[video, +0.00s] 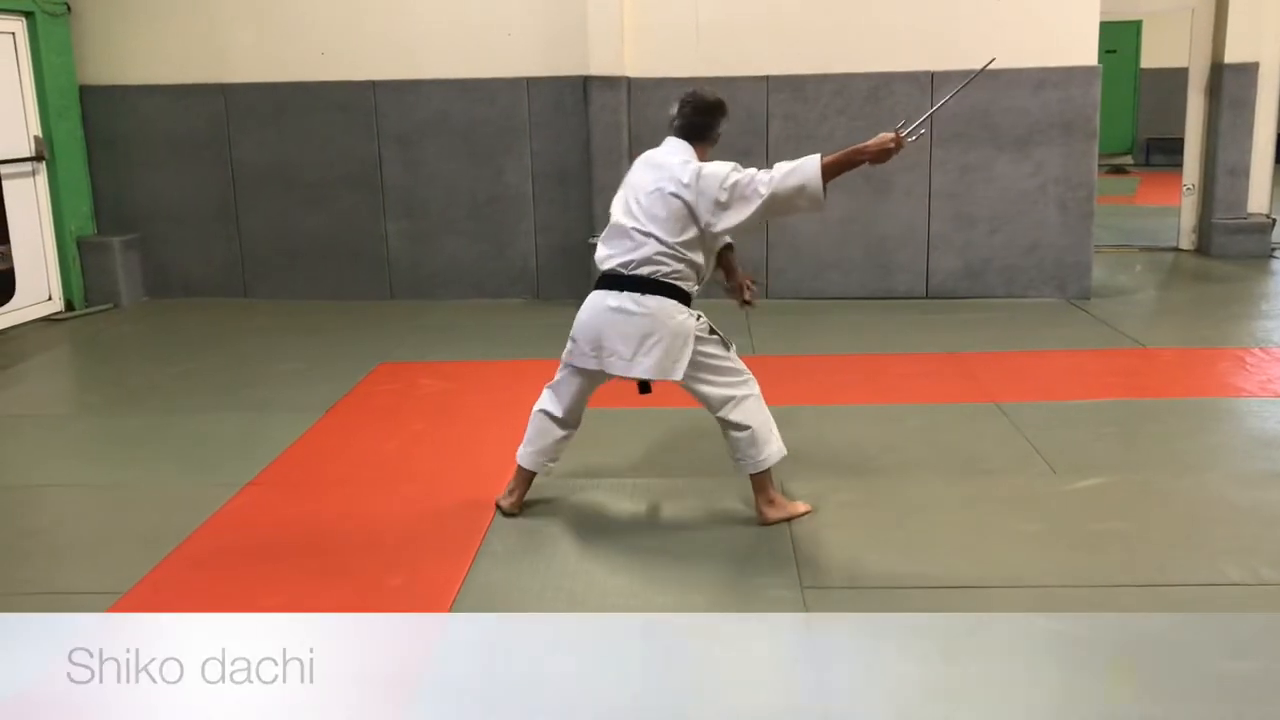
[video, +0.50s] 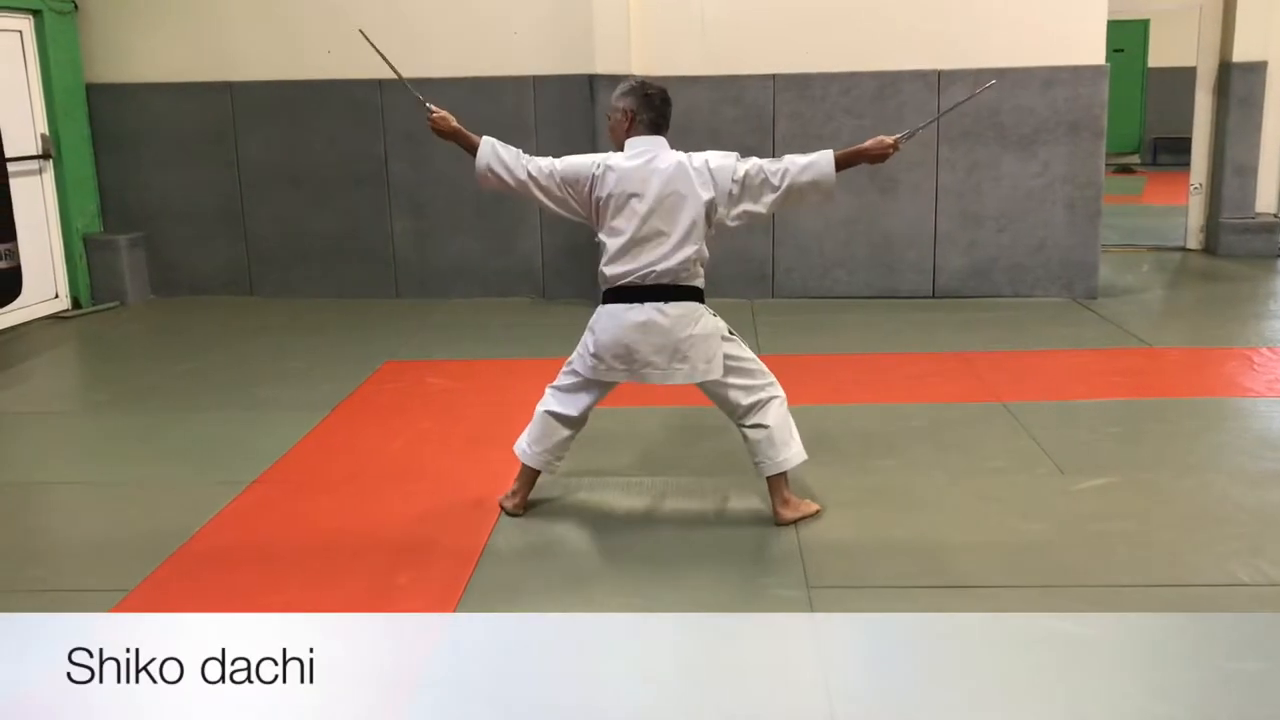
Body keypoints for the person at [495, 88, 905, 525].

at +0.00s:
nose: (717, 143)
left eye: (712, 136)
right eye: (716, 136)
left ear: (674, 126)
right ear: (712, 136)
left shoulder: (643, 165)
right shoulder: (707, 176)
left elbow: (694, 226)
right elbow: (784, 181)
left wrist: (731, 270)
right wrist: (863, 153)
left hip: (601, 305)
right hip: (665, 314)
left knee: (564, 393)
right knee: (736, 391)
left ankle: (514, 490)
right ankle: (768, 498)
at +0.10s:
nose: (631, 123)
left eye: (636, 117)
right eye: (636, 116)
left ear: (642, 122)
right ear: (682, 130)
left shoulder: (615, 161)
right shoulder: (695, 173)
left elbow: (656, 216)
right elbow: (774, 181)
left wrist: (710, 248)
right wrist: (855, 156)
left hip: (600, 313)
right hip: (668, 316)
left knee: (561, 396)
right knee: (735, 395)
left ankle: (514, 493)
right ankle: (771, 501)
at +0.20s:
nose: (606, 122)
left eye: (609, 114)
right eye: (608, 114)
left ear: (623, 119)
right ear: (658, 123)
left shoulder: (591, 160)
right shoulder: (692, 165)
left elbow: (562, 179)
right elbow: (773, 176)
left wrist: (604, 192)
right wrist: (854, 158)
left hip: (611, 317)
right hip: (680, 315)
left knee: (560, 397)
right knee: (745, 396)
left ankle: (514, 494)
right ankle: (777, 499)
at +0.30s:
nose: (605, 123)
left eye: (609, 114)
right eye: (608, 114)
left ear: (624, 120)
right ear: (658, 121)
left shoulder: (599, 166)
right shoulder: (702, 165)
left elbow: (527, 163)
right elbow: (778, 170)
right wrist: (855, 157)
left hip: (614, 319)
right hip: (685, 317)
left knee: (567, 398)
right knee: (755, 395)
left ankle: (516, 493)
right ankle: (783, 499)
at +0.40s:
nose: (608, 128)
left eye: (611, 119)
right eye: (611, 119)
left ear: (627, 120)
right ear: (661, 121)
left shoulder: (600, 170)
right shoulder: (703, 167)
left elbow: (528, 167)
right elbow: (780, 171)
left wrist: (463, 136)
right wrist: (856, 154)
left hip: (615, 321)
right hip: (685, 321)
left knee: (568, 396)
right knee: (758, 395)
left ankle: (517, 493)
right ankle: (784, 501)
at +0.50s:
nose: (609, 128)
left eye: (612, 119)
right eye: (611, 119)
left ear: (628, 121)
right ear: (662, 122)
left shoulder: (602, 171)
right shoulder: (705, 168)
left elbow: (527, 168)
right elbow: (781, 173)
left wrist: (462, 136)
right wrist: (858, 153)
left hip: (616, 322)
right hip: (687, 321)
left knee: (567, 396)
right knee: (758, 395)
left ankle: (518, 493)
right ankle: (785, 501)